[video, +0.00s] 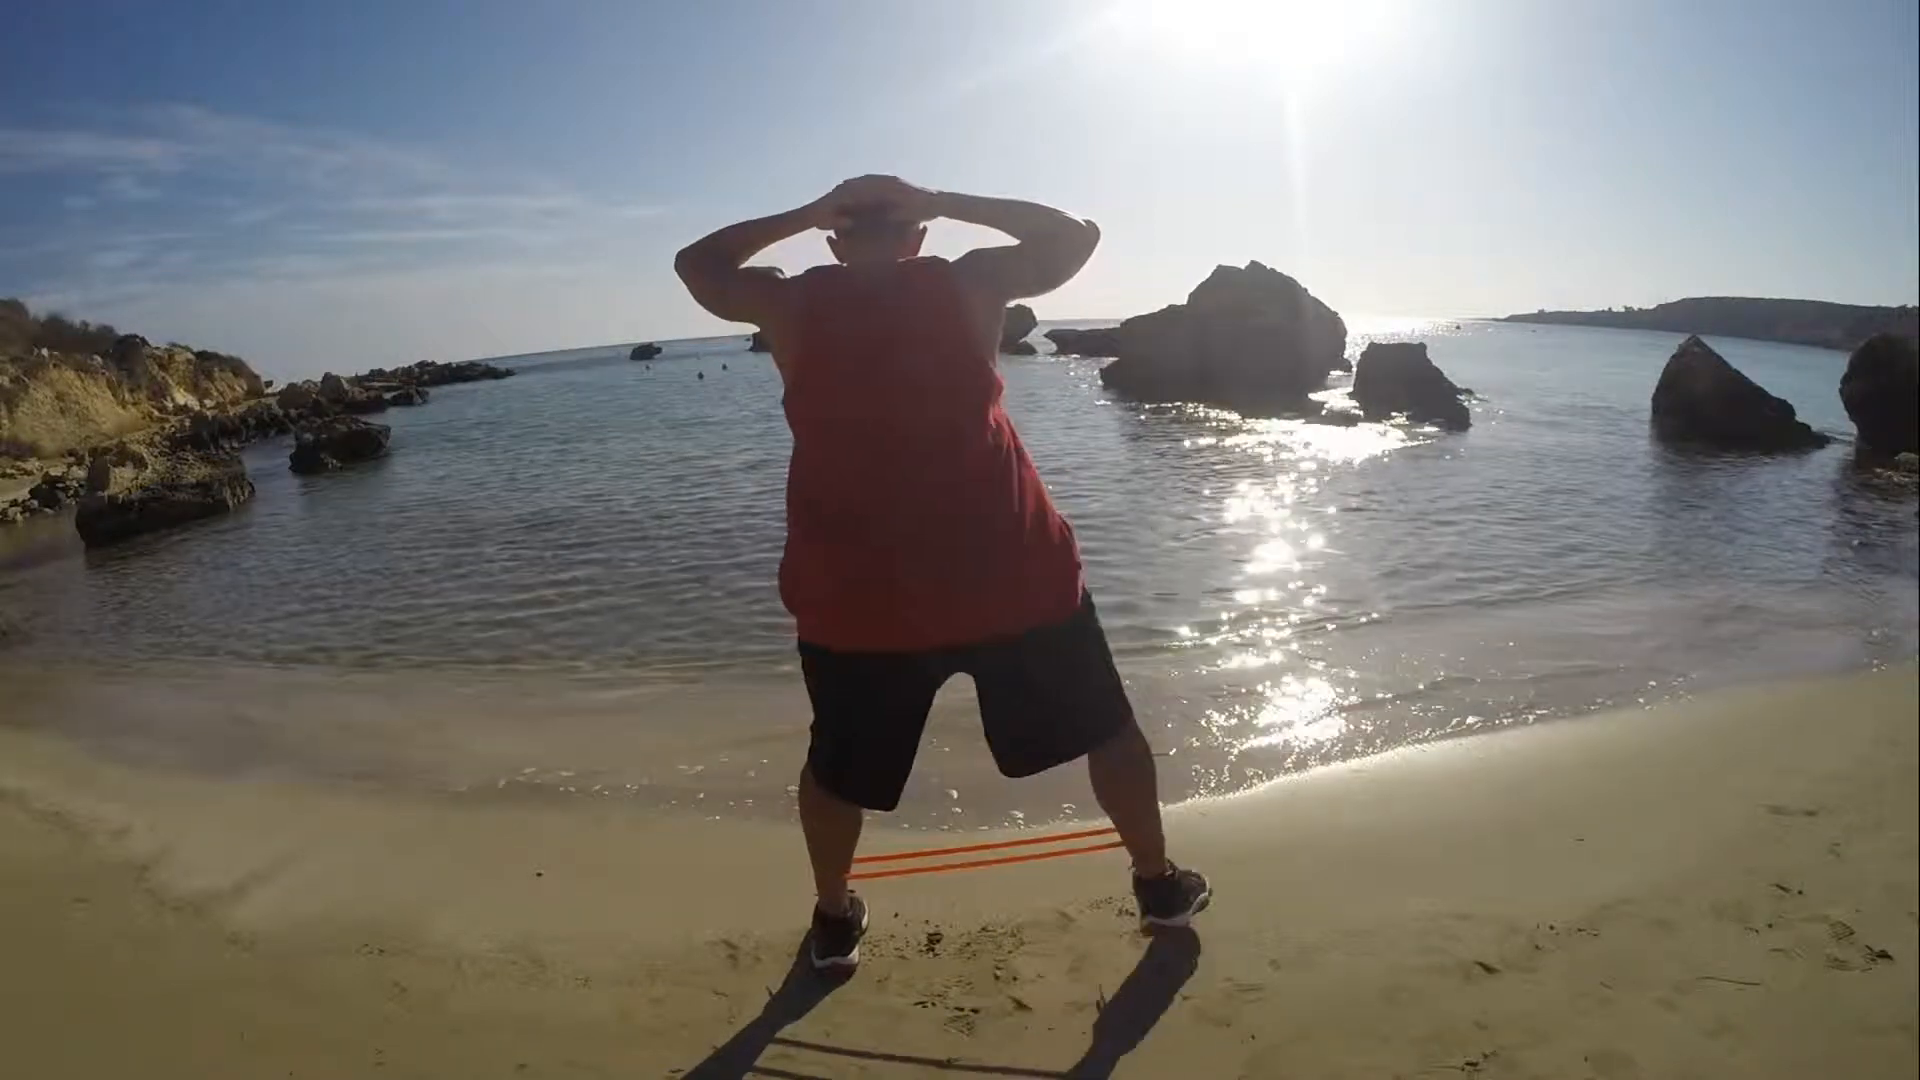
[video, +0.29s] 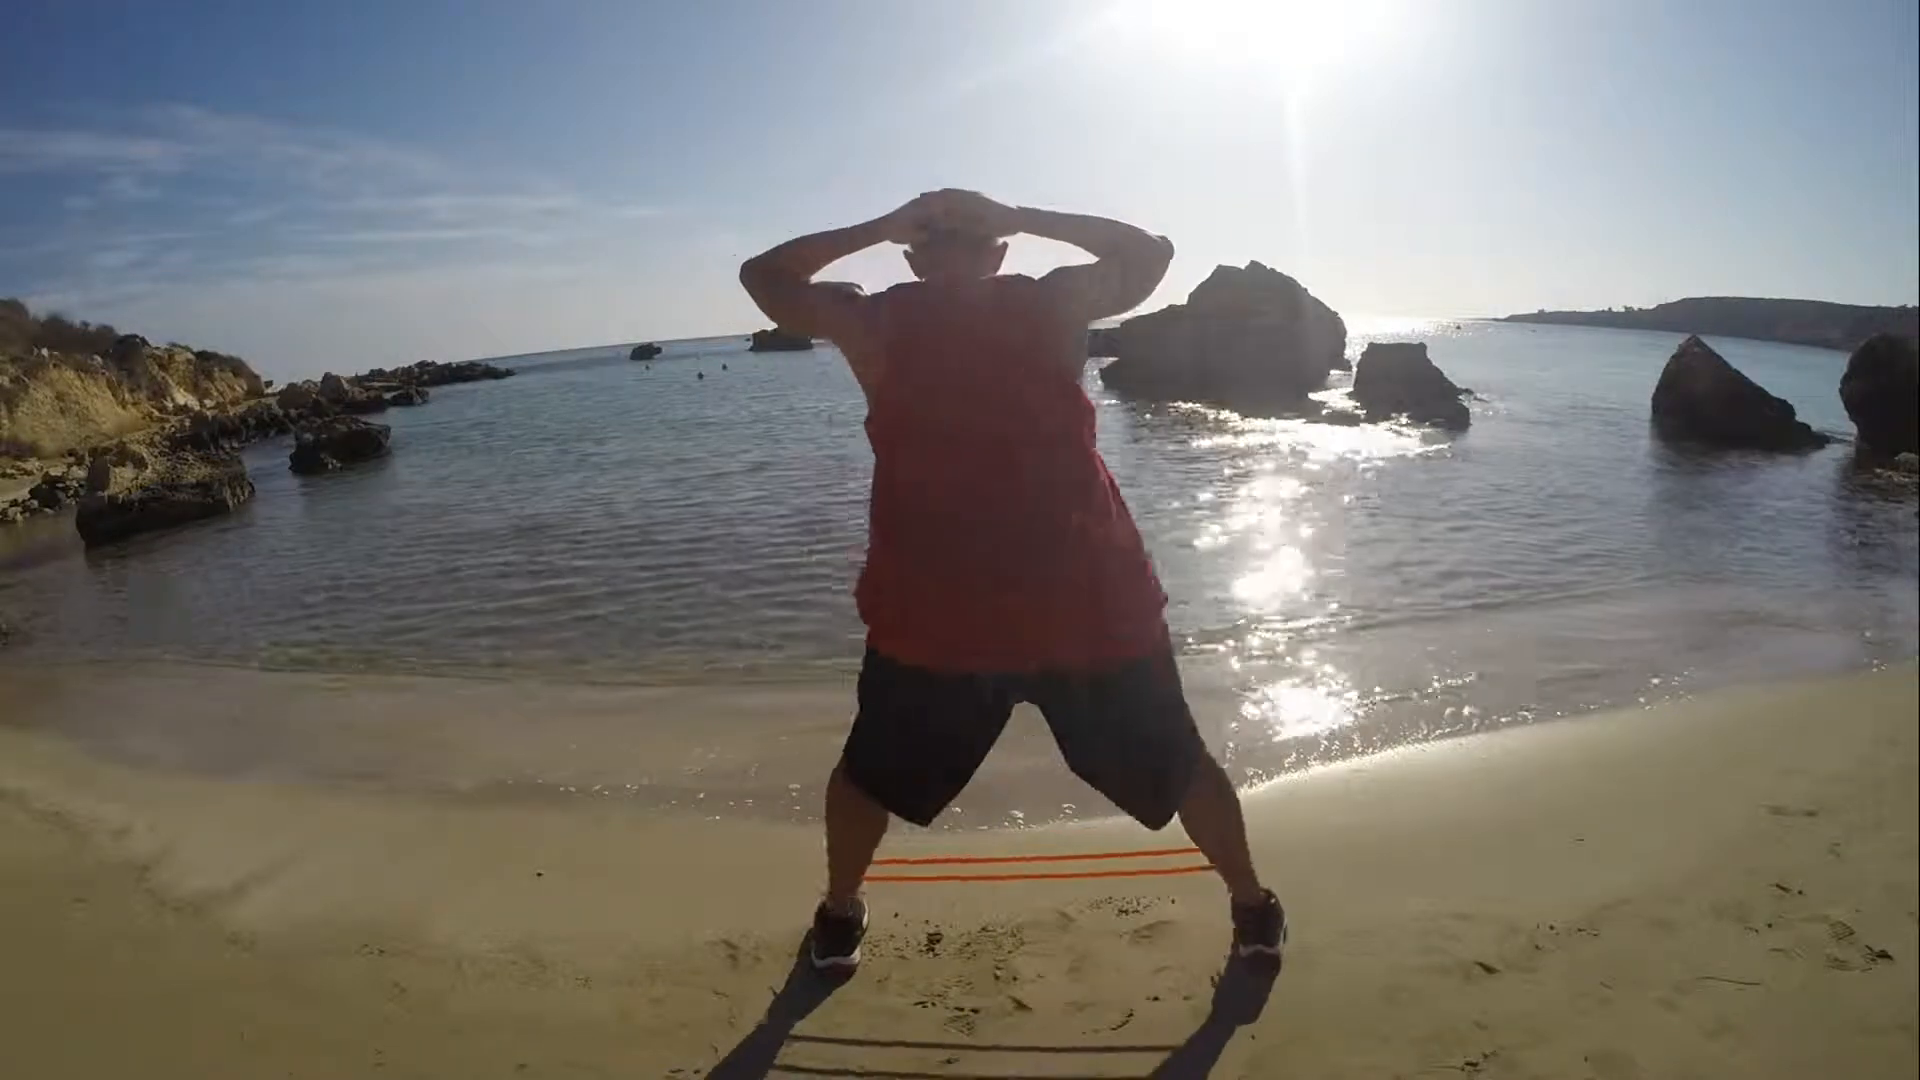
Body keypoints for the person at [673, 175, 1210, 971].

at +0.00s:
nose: (866, 222)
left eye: (857, 214)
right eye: (884, 210)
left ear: (831, 237)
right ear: (918, 233)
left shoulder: (789, 303)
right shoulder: (968, 286)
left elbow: (698, 265)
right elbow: (1072, 236)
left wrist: (807, 214)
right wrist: (939, 201)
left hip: (855, 576)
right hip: (1003, 557)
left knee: (839, 760)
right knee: (1107, 727)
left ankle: (832, 917)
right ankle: (1156, 881)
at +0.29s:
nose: (929, 247)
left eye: (930, 234)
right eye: (934, 232)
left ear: (913, 250)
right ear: (998, 247)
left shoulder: (873, 322)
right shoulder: (1052, 304)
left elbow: (764, 278)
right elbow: (1147, 251)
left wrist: (881, 228)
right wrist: (1019, 217)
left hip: (934, 596)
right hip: (1083, 590)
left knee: (868, 771)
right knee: (1179, 764)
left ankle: (838, 916)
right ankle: (1253, 904)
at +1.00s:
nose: (1145, 254)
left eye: (1142, 239)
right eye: (1152, 236)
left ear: (1133, 244)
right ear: (1212, 241)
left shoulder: (1109, 310)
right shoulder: (1272, 298)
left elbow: (973, 257)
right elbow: (1345, 257)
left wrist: (1102, 217)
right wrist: (1237, 216)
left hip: (1116, 573)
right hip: (1250, 580)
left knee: (1036, 726)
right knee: (1258, 743)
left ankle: (1046, 890)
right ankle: (1263, 906)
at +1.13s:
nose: (1144, 243)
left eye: (1137, 232)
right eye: (1161, 227)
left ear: (1120, 248)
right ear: (1203, 246)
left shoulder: (1089, 310)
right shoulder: (1259, 303)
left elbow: (960, 257)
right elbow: (1334, 263)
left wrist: (1092, 223)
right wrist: (1224, 221)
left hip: (1087, 566)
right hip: (1225, 581)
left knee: (959, 718)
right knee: (1249, 744)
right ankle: (1260, 908)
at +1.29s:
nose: (1093, 264)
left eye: (1090, 253)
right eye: (1110, 252)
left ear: (1077, 265)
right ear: (1157, 267)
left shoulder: (1034, 328)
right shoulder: (1209, 326)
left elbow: (911, 273)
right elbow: (1289, 275)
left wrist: (1042, 239)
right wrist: (1177, 237)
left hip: (1021, 594)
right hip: (1170, 606)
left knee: (875, 750)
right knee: (1230, 757)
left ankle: (784, 901)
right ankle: (1255, 904)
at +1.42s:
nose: (1050, 265)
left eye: (1044, 252)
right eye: (1052, 253)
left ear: (1001, 269)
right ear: (1083, 271)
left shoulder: (954, 337)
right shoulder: (1136, 336)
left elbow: (837, 283)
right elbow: (1233, 291)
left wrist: (968, 247)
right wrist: (1116, 246)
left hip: (959, 616)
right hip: (1110, 620)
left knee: (834, 765)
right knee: (1202, 767)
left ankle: (771, 922)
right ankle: (1249, 904)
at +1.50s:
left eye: (961, 247)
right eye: (999, 247)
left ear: (942, 260)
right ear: (1025, 263)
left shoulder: (891, 327)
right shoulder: (1072, 325)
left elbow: (779, 269)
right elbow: (1179, 279)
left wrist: (908, 236)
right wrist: (1057, 236)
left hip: (907, 607)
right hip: (1055, 607)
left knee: (807, 764)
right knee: (1169, 758)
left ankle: (769, 926)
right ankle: (1238, 903)